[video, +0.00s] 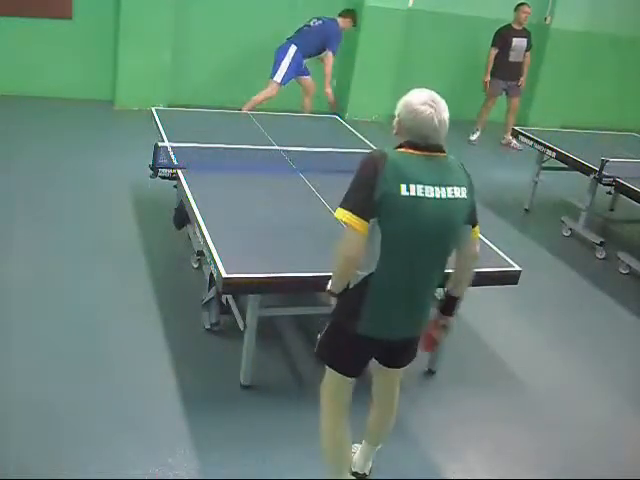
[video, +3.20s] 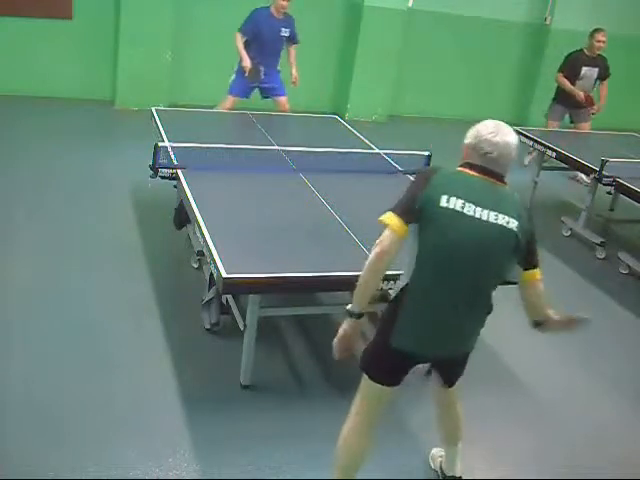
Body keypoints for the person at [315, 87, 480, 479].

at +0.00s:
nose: (392, 122)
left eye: (394, 118)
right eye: (395, 117)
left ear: (399, 126)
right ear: (443, 130)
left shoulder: (380, 165)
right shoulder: (459, 175)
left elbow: (352, 248)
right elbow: (469, 253)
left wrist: (336, 291)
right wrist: (447, 309)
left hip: (366, 307)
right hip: (414, 310)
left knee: (335, 394)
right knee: (387, 385)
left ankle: (340, 473)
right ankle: (362, 464)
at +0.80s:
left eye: (400, 146)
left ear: (403, 155)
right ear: (454, 152)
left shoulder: (381, 204)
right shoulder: (480, 203)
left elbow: (350, 284)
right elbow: (498, 284)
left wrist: (350, 325)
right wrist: (454, 292)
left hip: (382, 343)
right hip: (438, 341)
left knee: (366, 439)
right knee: (417, 409)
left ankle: (361, 471)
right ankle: (414, 465)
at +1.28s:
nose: (449, 143)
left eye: (452, 139)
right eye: (451, 138)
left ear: (457, 148)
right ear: (503, 153)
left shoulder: (436, 190)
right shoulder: (519, 197)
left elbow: (408, 269)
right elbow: (532, 275)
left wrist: (393, 312)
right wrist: (491, 289)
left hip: (425, 330)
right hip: (475, 332)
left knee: (385, 423)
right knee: (463, 409)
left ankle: (369, 473)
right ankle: (461, 473)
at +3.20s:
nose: (461, 151)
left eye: (464, 147)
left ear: (466, 152)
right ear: (508, 166)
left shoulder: (433, 180)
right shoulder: (517, 211)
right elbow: (532, 287)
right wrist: (541, 317)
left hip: (411, 323)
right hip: (462, 332)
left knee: (366, 408)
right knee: (447, 391)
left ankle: (341, 473)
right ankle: (452, 465)